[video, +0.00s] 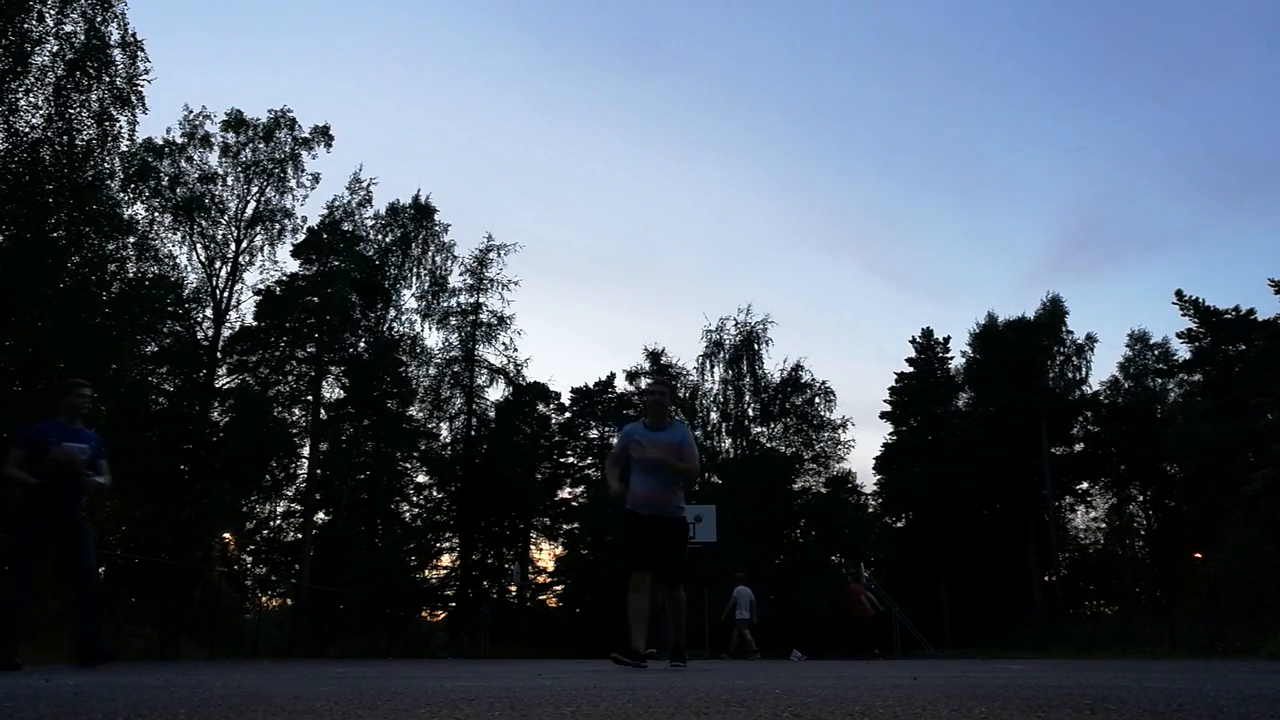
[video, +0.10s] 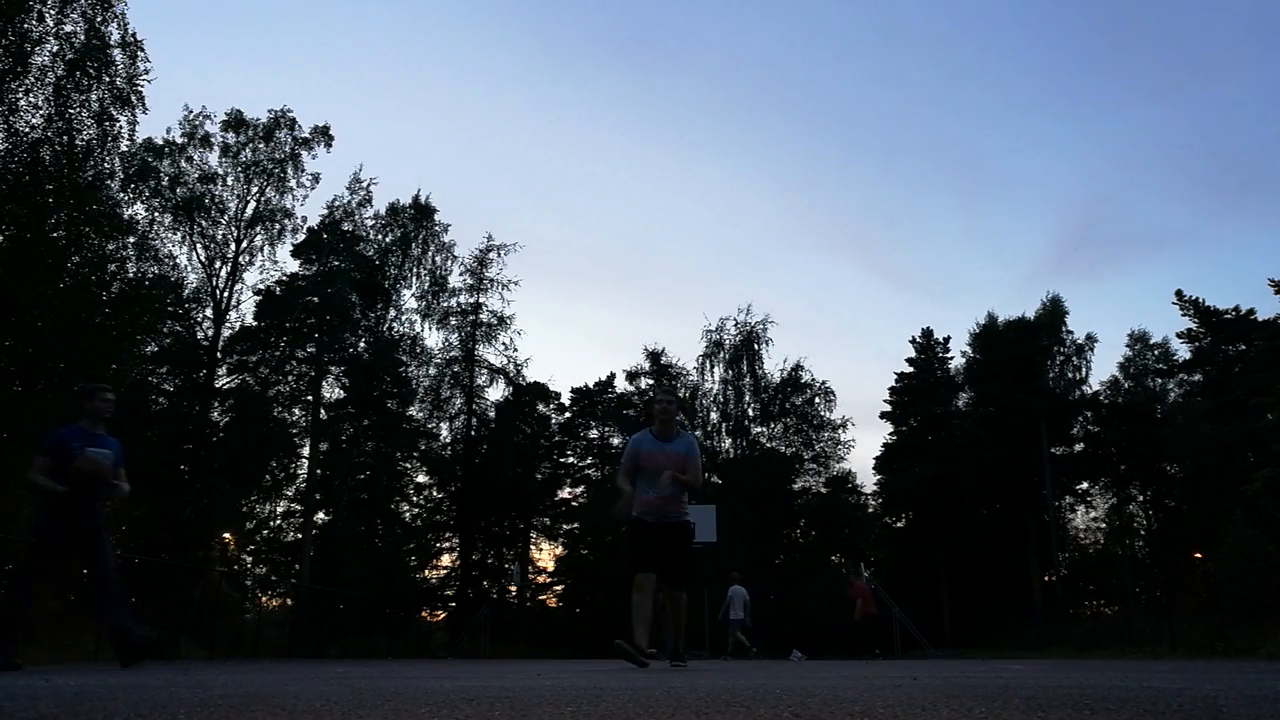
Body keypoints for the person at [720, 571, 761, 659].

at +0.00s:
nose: (737, 582)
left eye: (737, 581)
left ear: (737, 581)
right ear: (744, 581)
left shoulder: (737, 590)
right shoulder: (748, 590)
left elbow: (732, 602)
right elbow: (753, 602)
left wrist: (725, 613)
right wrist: (754, 614)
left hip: (739, 616)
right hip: (747, 616)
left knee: (746, 633)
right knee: (737, 633)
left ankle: (754, 651)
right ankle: (732, 650)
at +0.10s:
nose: (732, 582)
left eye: (732, 580)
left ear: (732, 581)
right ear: (739, 581)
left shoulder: (731, 589)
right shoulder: (743, 590)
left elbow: (727, 601)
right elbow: (748, 601)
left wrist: (721, 612)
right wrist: (747, 613)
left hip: (733, 616)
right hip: (741, 616)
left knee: (735, 633)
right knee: (735, 633)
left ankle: (749, 647)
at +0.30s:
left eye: (724, 579)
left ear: (723, 579)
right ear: (731, 579)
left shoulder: (722, 588)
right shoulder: (734, 588)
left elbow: (720, 600)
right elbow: (738, 599)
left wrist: (717, 610)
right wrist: (736, 608)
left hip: (724, 613)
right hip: (733, 613)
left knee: (720, 631)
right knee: (731, 631)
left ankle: (727, 646)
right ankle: (730, 648)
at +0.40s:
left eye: (720, 580)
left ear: (719, 580)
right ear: (726, 580)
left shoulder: (718, 589)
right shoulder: (729, 589)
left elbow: (716, 601)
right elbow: (732, 599)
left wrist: (714, 611)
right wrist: (731, 609)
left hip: (719, 614)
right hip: (729, 614)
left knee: (716, 632)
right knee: (729, 633)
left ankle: (717, 651)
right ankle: (729, 651)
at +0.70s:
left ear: (702, 584)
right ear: (710, 584)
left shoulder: (702, 592)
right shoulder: (713, 593)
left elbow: (702, 605)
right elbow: (716, 604)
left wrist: (700, 613)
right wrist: (716, 612)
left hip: (705, 616)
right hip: (715, 616)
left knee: (703, 633)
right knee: (716, 633)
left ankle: (701, 651)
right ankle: (724, 648)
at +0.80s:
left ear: (696, 583)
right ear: (704, 583)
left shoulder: (696, 591)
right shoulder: (708, 591)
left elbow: (696, 603)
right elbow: (710, 603)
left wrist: (694, 612)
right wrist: (710, 611)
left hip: (700, 615)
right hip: (710, 614)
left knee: (700, 633)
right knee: (709, 633)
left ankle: (699, 651)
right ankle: (716, 645)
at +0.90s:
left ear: (692, 583)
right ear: (700, 583)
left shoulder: (691, 591)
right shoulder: (704, 591)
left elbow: (690, 603)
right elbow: (707, 601)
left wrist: (689, 611)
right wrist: (706, 610)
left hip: (695, 614)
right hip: (705, 614)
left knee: (696, 632)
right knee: (703, 632)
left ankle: (697, 649)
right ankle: (706, 647)